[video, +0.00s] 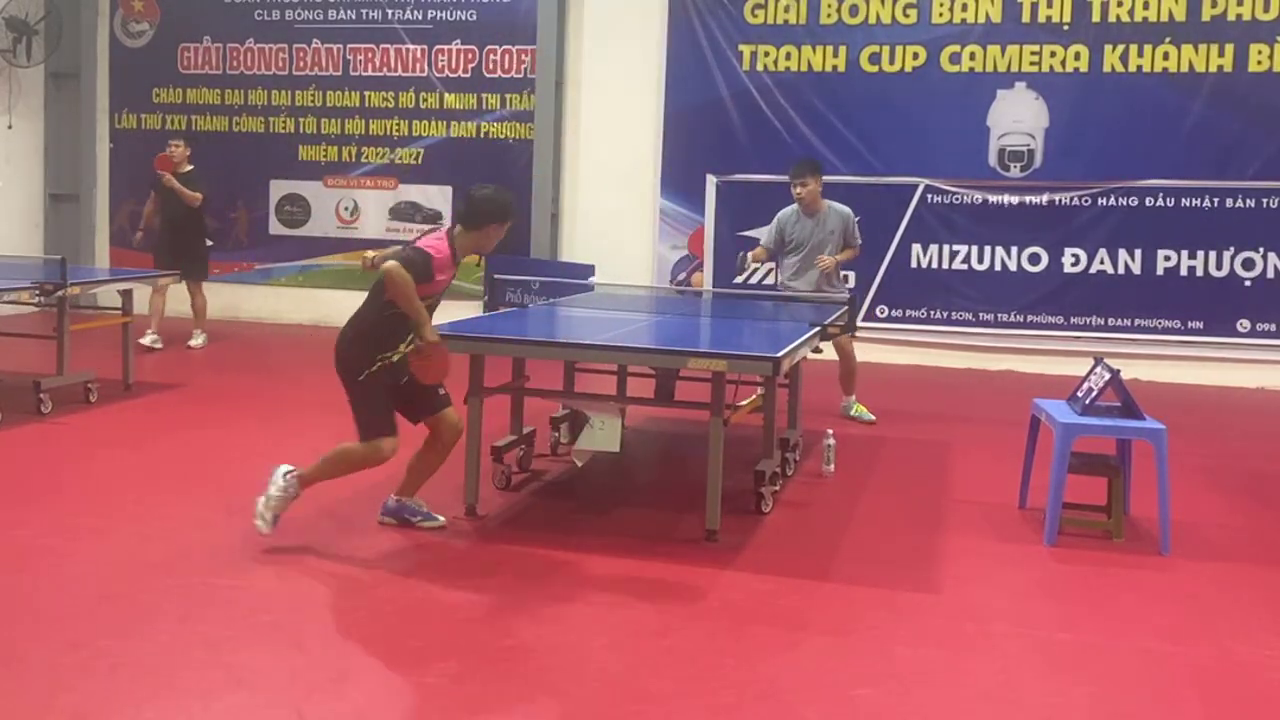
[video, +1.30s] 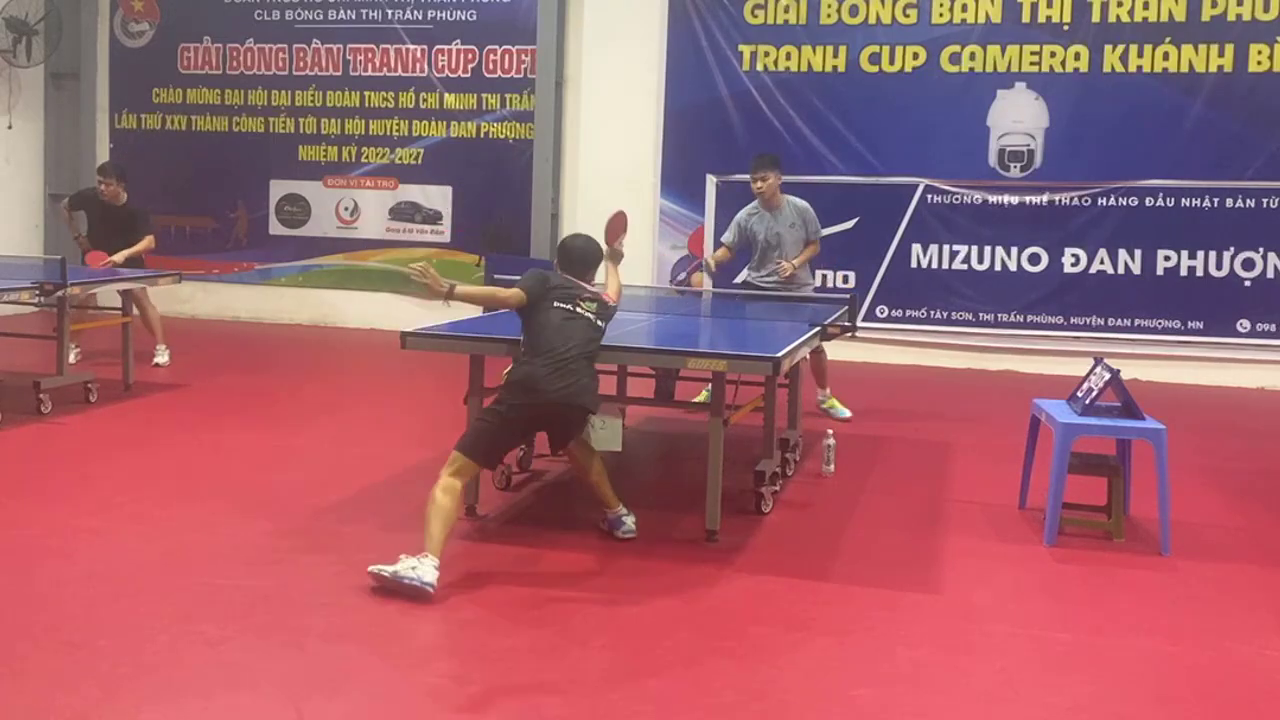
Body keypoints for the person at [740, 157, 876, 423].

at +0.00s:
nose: (797, 192)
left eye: (803, 185)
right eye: (793, 186)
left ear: (819, 184)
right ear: (790, 187)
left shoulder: (842, 215)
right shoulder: (784, 217)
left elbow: (854, 249)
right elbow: (767, 249)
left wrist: (836, 259)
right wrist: (751, 256)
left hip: (830, 298)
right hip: (790, 297)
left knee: (845, 346)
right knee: (770, 342)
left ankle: (849, 402)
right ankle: (763, 393)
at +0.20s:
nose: (787, 206)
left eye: (793, 199)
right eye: (784, 200)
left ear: (809, 199)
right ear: (780, 201)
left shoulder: (833, 228)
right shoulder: (774, 229)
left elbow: (852, 257)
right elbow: (746, 247)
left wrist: (849, 274)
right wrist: (734, 252)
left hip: (826, 306)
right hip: (784, 306)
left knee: (848, 356)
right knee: (744, 338)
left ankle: (850, 403)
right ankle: (740, 394)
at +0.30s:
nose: (770, 211)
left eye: (776, 206)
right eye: (767, 206)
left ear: (792, 205)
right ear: (763, 207)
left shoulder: (817, 231)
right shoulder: (757, 234)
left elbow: (837, 258)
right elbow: (723, 250)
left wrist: (844, 278)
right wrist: (719, 256)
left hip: (814, 311)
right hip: (773, 311)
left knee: (836, 355)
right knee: (739, 350)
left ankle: (848, 403)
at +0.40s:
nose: (750, 219)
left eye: (755, 212)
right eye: (746, 213)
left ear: (771, 211)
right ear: (743, 215)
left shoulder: (793, 234)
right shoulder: (737, 240)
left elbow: (816, 259)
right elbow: (703, 256)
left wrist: (835, 280)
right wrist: (701, 260)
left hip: (792, 312)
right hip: (750, 314)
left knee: (817, 353)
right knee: (717, 356)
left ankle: (847, 403)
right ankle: (709, 411)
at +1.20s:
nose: (765, 184)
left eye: (771, 179)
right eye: (760, 180)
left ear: (782, 180)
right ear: (755, 184)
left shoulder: (804, 211)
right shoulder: (746, 217)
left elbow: (817, 245)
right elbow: (729, 251)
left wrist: (809, 262)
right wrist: (714, 258)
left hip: (797, 291)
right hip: (756, 289)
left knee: (811, 347)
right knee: (725, 332)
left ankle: (809, 399)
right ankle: (713, 390)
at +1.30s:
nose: (757, 186)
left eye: (763, 180)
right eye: (754, 181)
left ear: (778, 179)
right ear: (750, 183)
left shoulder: (801, 209)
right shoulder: (745, 217)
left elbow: (814, 245)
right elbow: (728, 248)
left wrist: (795, 263)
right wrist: (713, 258)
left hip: (798, 290)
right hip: (756, 288)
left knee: (816, 343)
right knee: (726, 330)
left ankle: (824, 396)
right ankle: (714, 387)